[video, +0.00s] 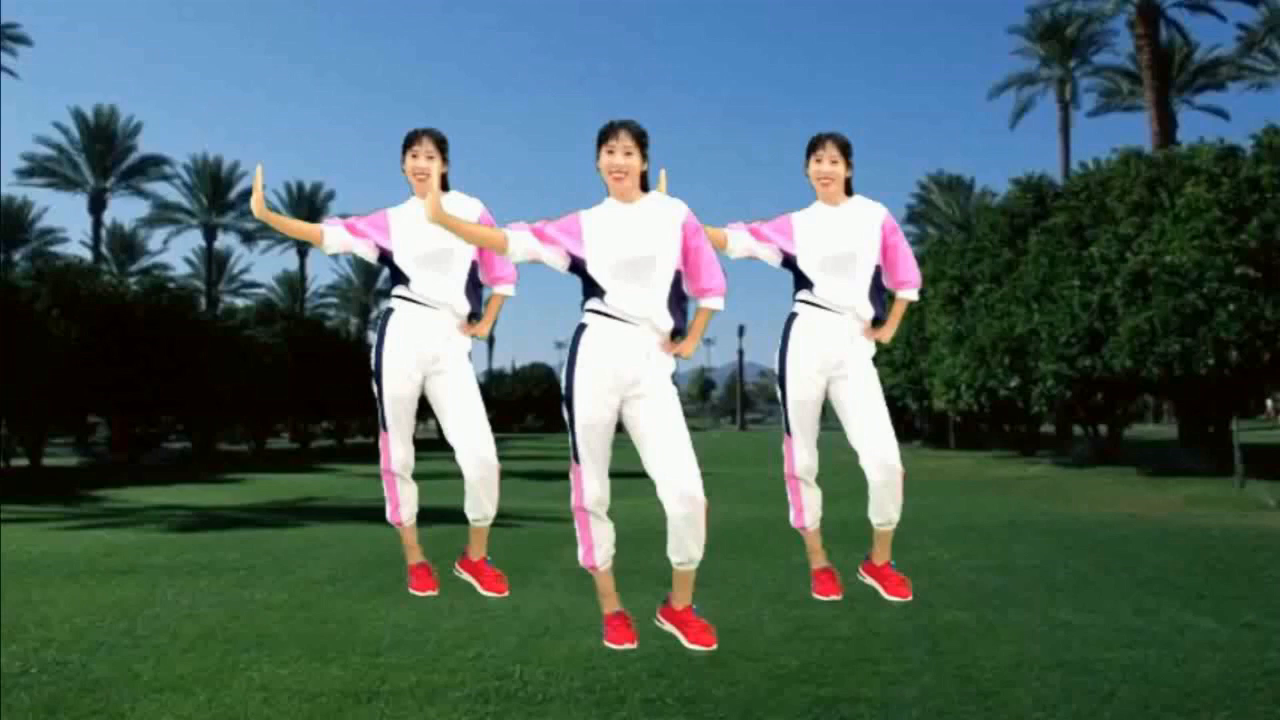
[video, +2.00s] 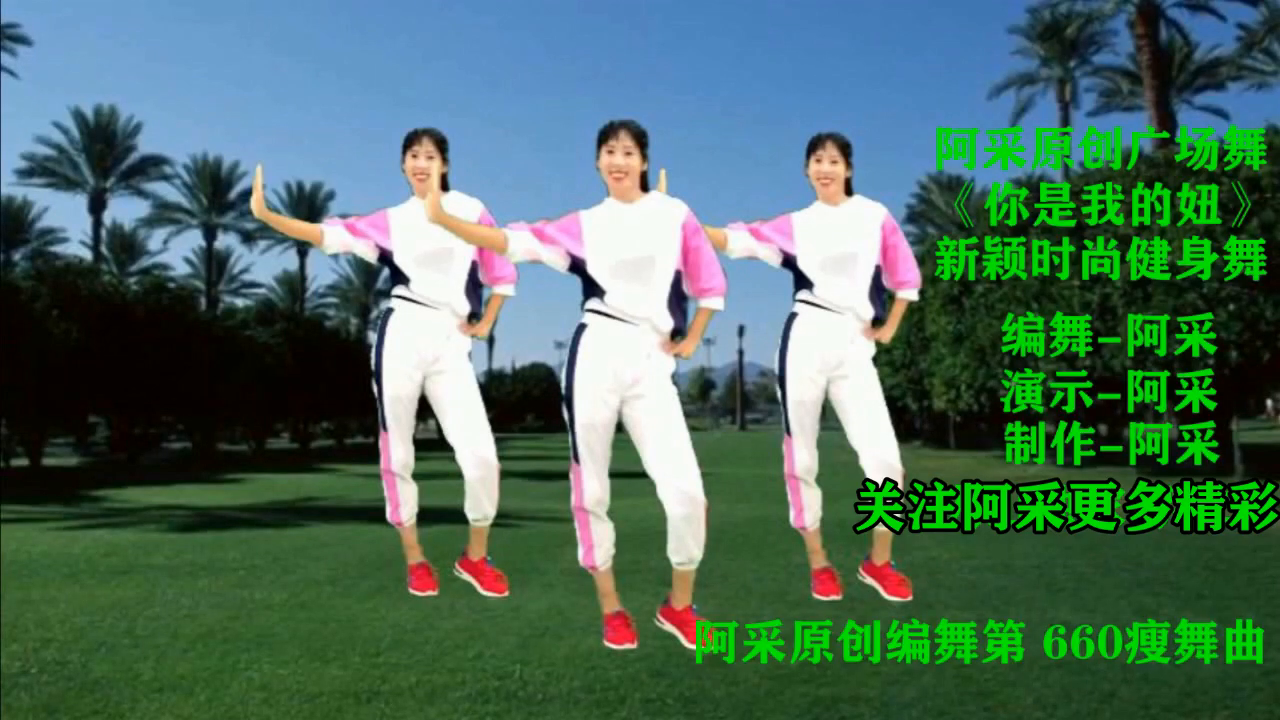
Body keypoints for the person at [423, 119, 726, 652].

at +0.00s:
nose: (618, 160)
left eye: (627, 152)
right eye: (609, 152)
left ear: (644, 162)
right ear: (598, 163)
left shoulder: (675, 216)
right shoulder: (586, 223)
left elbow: (710, 283)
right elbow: (509, 241)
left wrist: (690, 341)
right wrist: (442, 218)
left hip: (653, 353)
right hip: (598, 348)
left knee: (686, 492)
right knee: (594, 489)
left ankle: (680, 606)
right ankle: (612, 611)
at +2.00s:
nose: (618, 160)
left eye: (628, 152)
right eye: (609, 152)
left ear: (644, 162)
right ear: (598, 163)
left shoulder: (675, 216)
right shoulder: (586, 222)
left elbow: (711, 285)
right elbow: (510, 241)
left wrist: (689, 342)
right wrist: (443, 218)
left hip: (654, 353)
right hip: (598, 348)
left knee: (686, 492)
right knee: (593, 489)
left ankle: (679, 607)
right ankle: (612, 610)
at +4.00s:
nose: (618, 160)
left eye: (628, 152)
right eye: (609, 152)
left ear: (644, 162)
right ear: (598, 163)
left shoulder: (675, 215)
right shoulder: (586, 223)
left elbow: (711, 284)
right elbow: (510, 241)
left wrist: (689, 342)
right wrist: (443, 217)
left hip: (654, 353)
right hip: (598, 348)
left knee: (686, 492)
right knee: (593, 489)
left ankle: (679, 607)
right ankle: (612, 611)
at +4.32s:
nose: (622, 173)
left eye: (629, 167)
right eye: (616, 167)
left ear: (640, 174)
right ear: (607, 174)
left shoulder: (659, 220)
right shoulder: (598, 225)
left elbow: (682, 278)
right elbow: (549, 241)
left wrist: (669, 327)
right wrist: (509, 219)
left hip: (646, 339)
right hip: (608, 335)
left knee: (666, 453)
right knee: (605, 451)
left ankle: (662, 553)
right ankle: (617, 555)